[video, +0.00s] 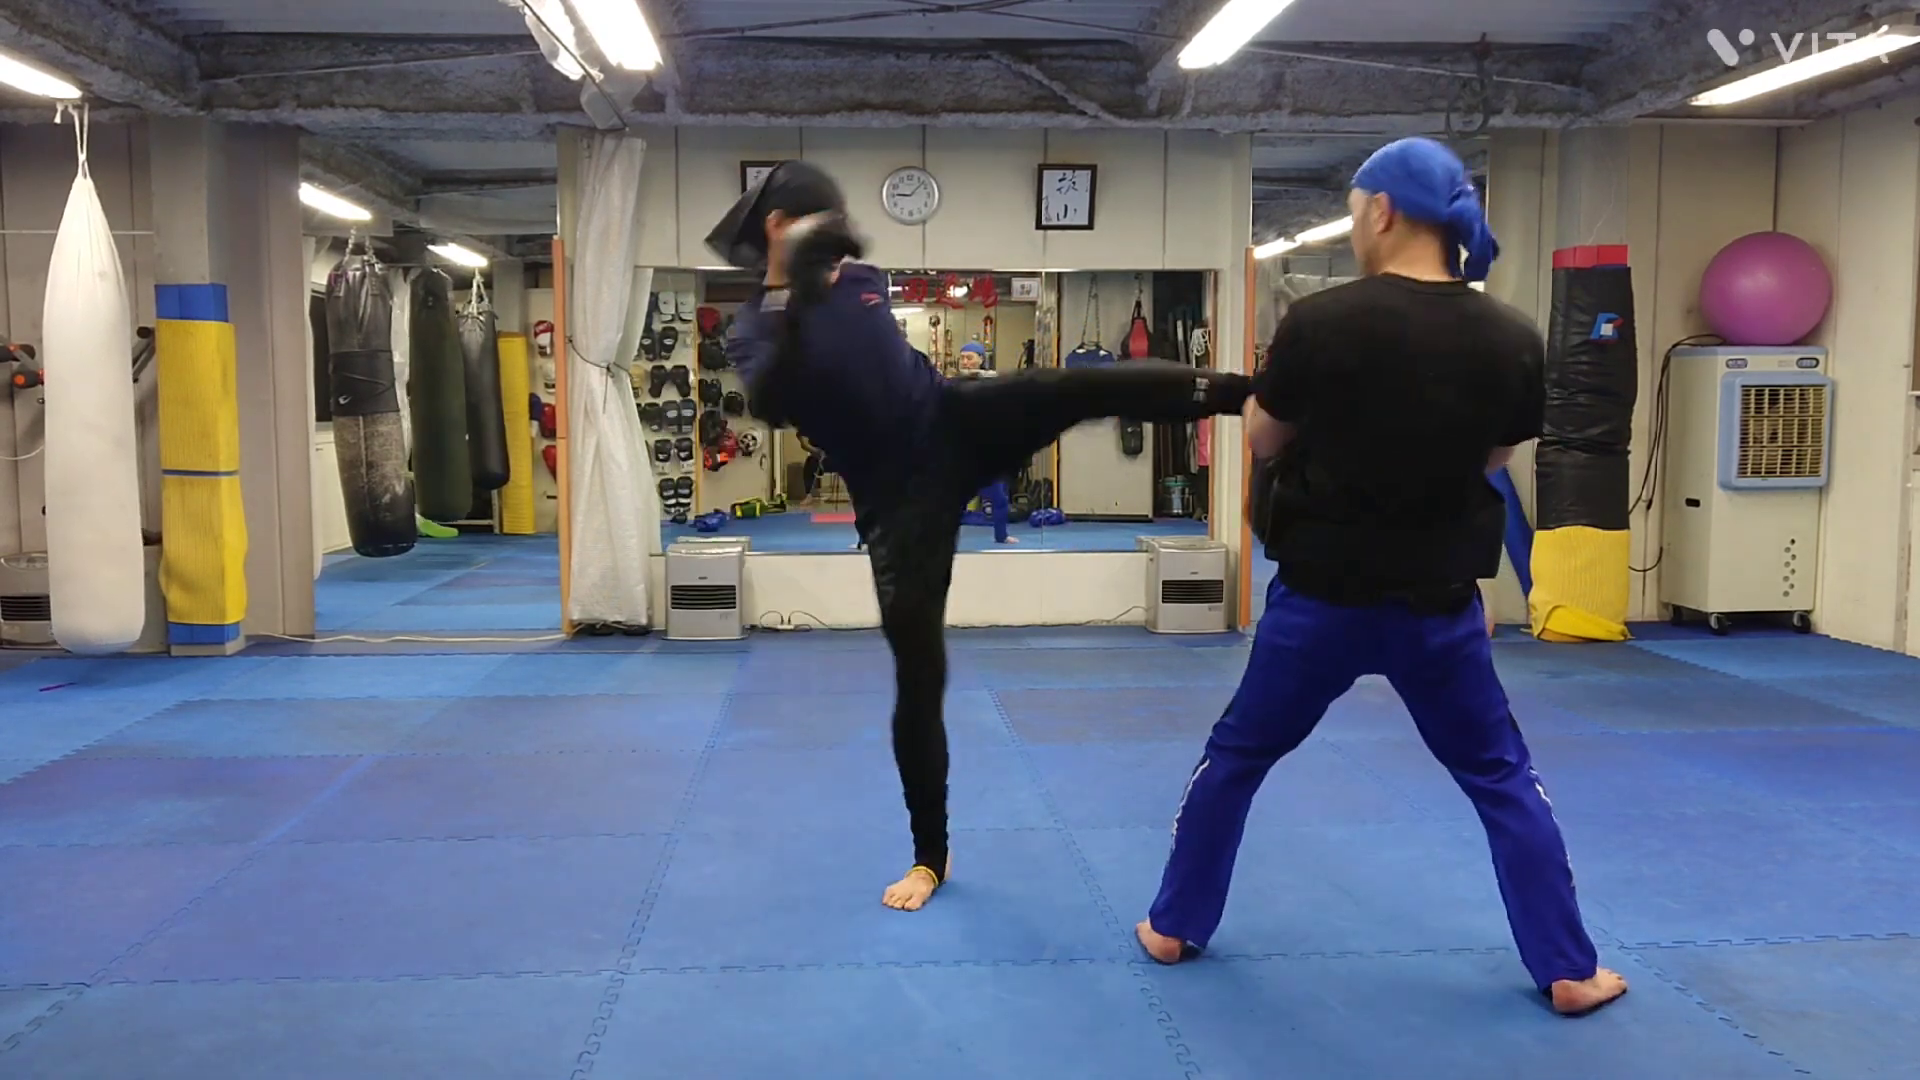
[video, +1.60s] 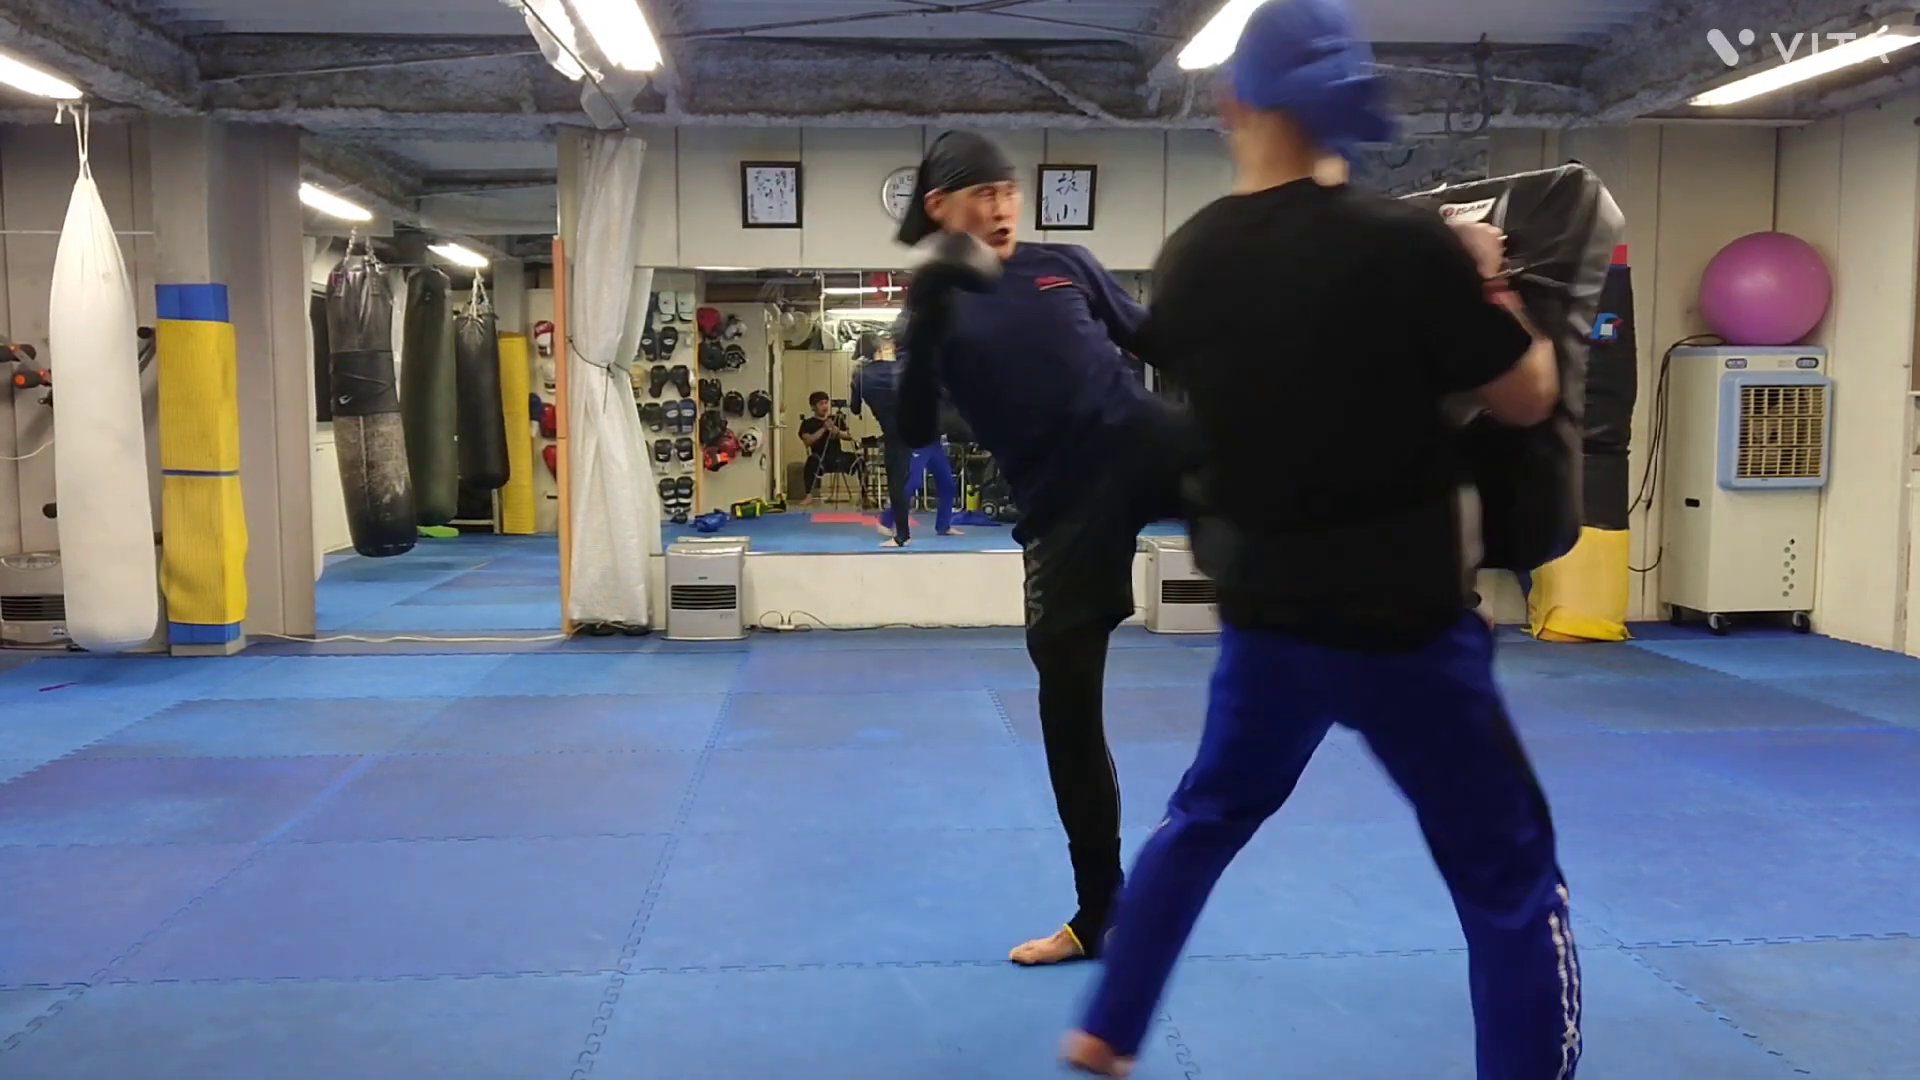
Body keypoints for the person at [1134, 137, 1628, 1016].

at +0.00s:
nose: (1353, 225)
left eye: (1358, 209)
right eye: (1357, 209)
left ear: (1387, 215)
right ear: (1450, 224)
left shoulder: (1323, 321)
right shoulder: (1510, 339)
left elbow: (1265, 436)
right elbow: (1494, 457)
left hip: (1320, 605)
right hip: (1439, 609)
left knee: (1235, 758)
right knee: (1502, 776)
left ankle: (1174, 927)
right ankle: (1568, 972)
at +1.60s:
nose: (1221, 116)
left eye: (1229, 99)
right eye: (1227, 100)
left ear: (1252, 109)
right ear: (1345, 113)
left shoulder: (1192, 255)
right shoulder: (1410, 245)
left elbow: (1208, 391)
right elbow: (1529, 394)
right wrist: (1485, 275)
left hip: (1266, 628)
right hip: (1409, 635)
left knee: (1206, 813)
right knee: (1508, 880)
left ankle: (1105, 1038)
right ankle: (1530, 1067)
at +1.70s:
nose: (1168, 116)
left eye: (1171, 101)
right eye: (1184, 101)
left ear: (1186, 113)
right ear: (1290, 109)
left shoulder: (1156, 264)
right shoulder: (1335, 251)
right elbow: (1464, 411)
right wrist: (1448, 290)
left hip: (1229, 640)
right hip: (1361, 646)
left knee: (1196, 835)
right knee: (1489, 885)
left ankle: (1048, 1043)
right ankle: (1527, 1069)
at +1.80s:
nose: (1228, 132)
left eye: (1225, 116)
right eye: (1225, 113)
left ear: (1110, 121)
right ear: (1214, 120)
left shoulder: (1086, 262)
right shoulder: (1216, 254)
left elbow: (1166, 421)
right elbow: (1334, 434)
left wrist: (1300, 336)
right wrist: (1374, 331)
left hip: (1138, 651)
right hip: (1258, 657)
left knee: (1132, 880)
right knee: (1420, 907)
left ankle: (1015, 1069)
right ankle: (1498, 1069)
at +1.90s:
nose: (1158, 81)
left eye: (1151, 59)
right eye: (1152, 61)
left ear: (1035, 87)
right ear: (1137, 80)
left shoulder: (1014, 230)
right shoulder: (1104, 229)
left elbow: (1103, 398)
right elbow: (1211, 408)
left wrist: (1252, 327)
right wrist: (1290, 334)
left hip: (1041, 634)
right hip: (1141, 638)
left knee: (1090, 870)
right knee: (1301, 877)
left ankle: (1024, 1070)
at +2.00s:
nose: (1123, 62)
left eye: (1117, 44)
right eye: (1117, 44)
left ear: (1003, 70)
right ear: (1096, 60)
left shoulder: (979, 206)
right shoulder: (1060, 203)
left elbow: (1068, 380)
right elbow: (1170, 396)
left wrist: (1217, 320)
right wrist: (1245, 334)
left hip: (998, 617)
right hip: (1090, 623)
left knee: (1061, 877)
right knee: (1230, 878)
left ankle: (1018, 1072)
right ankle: (1162, 1063)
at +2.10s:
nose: (1072, 49)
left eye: (1066, 32)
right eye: (1065, 32)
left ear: (955, 59)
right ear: (1041, 48)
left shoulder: (927, 191)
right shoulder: (1009, 191)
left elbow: (1017, 377)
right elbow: (1126, 384)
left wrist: (1150, 307)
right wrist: (1192, 306)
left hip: (946, 607)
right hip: (1011, 618)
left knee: (1011, 904)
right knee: (1063, 923)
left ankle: (1017, 1069)